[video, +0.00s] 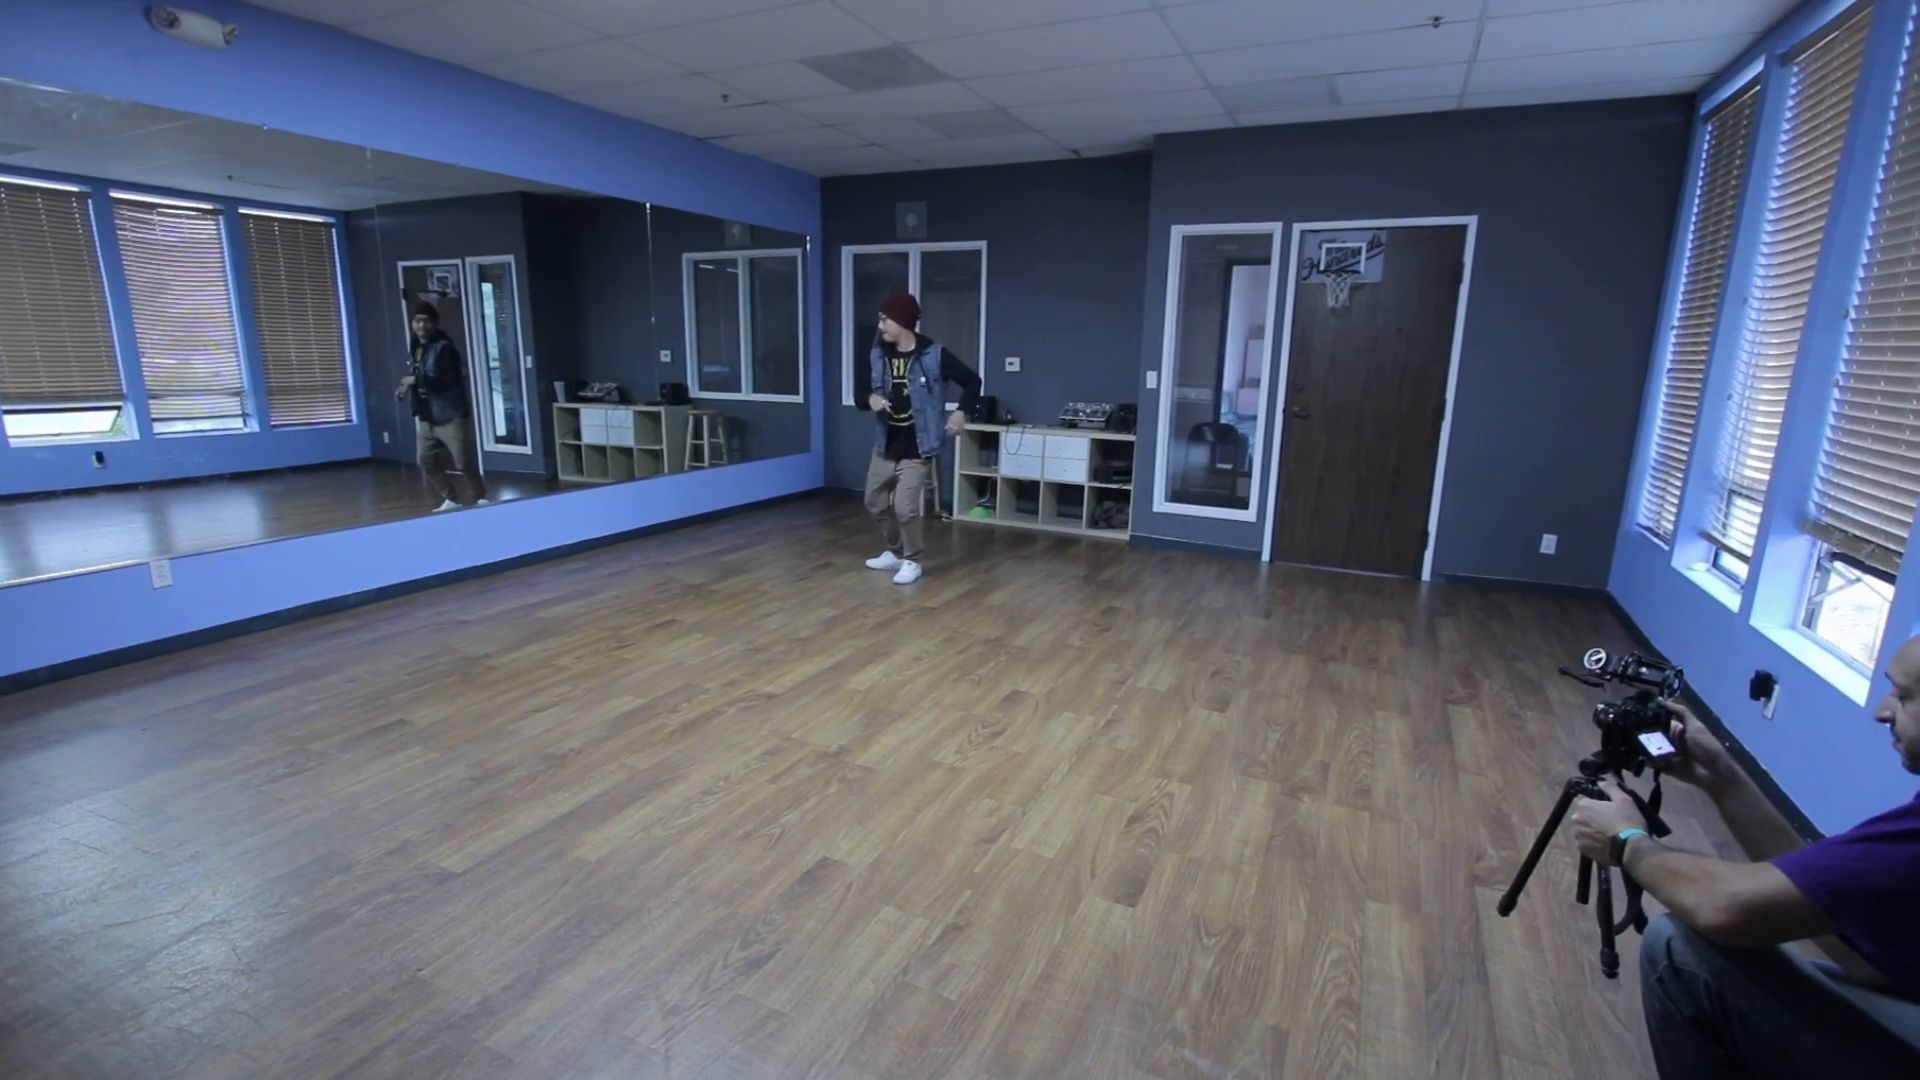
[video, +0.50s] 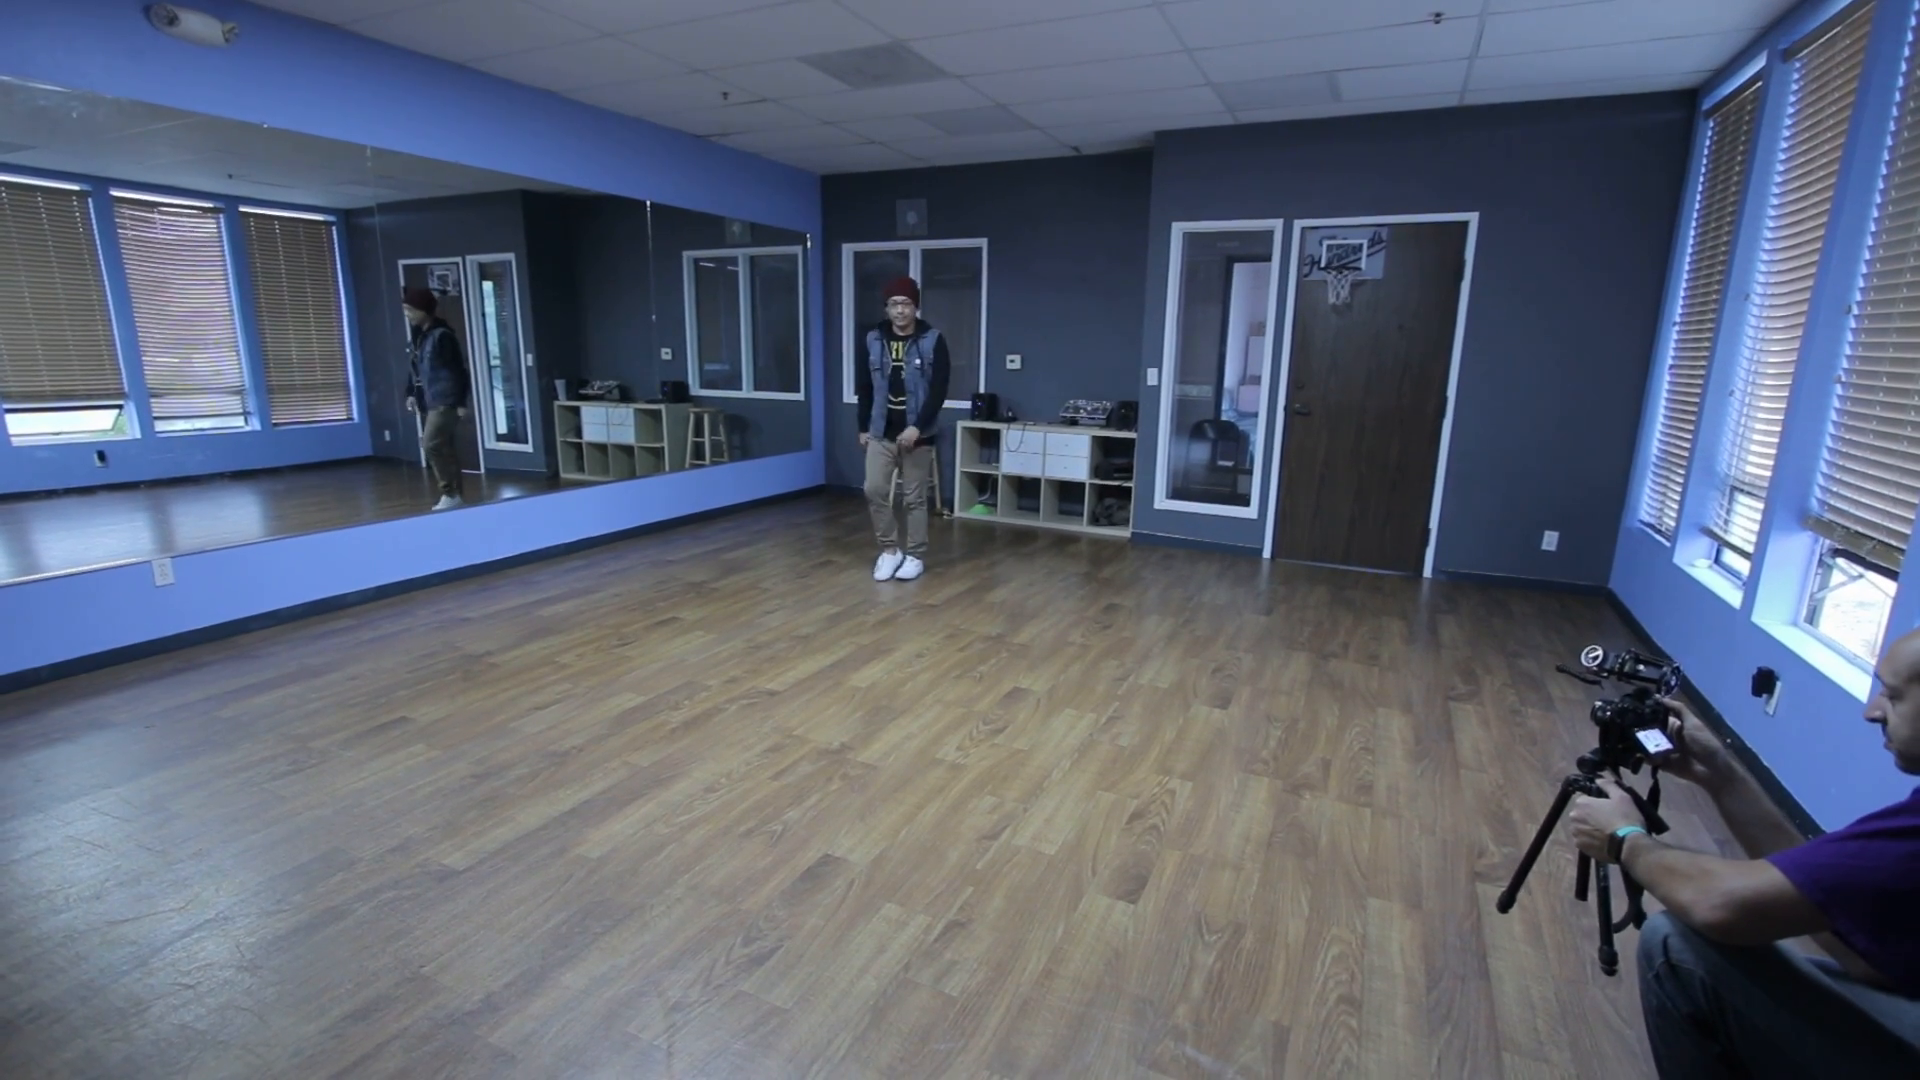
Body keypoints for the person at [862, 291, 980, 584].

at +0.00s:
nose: (880, 324)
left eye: (886, 319)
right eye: (880, 319)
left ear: (904, 323)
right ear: (895, 323)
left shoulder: (934, 354)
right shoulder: (878, 354)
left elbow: (973, 382)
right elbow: (861, 394)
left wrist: (962, 412)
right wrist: (871, 399)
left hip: (918, 447)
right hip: (886, 445)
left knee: (904, 507)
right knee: (875, 501)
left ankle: (912, 561)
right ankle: (895, 552)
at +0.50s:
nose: (899, 310)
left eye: (905, 304)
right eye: (893, 304)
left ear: (916, 307)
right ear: (886, 308)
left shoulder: (933, 341)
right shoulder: (873, 340)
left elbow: (938, 390)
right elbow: (865, 386)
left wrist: (919, 427)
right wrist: (863, 427)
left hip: (917, 433)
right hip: (879, 432)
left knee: (914, 497)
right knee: (874, 490)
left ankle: (914, 556)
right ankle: (889, 551)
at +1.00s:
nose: (895, 306)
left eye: (901, 300)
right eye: (889, 301)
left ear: (910, 306)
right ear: (880, 308)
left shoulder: (927, 342)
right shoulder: (866, 345)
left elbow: (944, 387)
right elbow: (851, 390)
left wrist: (955, 428)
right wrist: (837, 432)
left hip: (926, 438)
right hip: (887, 440)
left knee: (936, 500)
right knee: (893, 504)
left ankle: (947, 558)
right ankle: (898, 561)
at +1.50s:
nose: (921, 305)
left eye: (927, 300)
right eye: (914, 300)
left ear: (936, 306)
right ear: (906, 308)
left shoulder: (952, 344)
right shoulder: (889, 343)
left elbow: (962, 392)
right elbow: (892, 393)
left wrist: (958, 433)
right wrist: (924, 422)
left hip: (943, 438)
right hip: (904, 437)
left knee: (946, 505)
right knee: (902, 502)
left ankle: (950, 564)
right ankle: (898, 560)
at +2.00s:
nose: (968, 314)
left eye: (973, 308)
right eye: (961, 308)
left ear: (979, 315)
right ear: (948, 314)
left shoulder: (990, 355)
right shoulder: (927, 348)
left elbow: (1004, 400)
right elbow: (905, 394)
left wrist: (1018, 439)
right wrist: (888, 437)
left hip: (967, 451)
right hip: (928, 448)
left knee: (963, 516)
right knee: (909, 508)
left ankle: (952, 570)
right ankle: (891, 565)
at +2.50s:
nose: (960, 313)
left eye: (966, 308)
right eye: (953, 307)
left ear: (972, 314)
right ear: (939, 313)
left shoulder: (983, 354)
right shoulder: (919, 349)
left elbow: (989, 405)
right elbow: (907, 400)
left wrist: (983, 449)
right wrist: (907, 447)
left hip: (967, 450)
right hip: (930, 447)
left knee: (960, 515)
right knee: (933, 513)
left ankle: (951, 568)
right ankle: (927, 579)